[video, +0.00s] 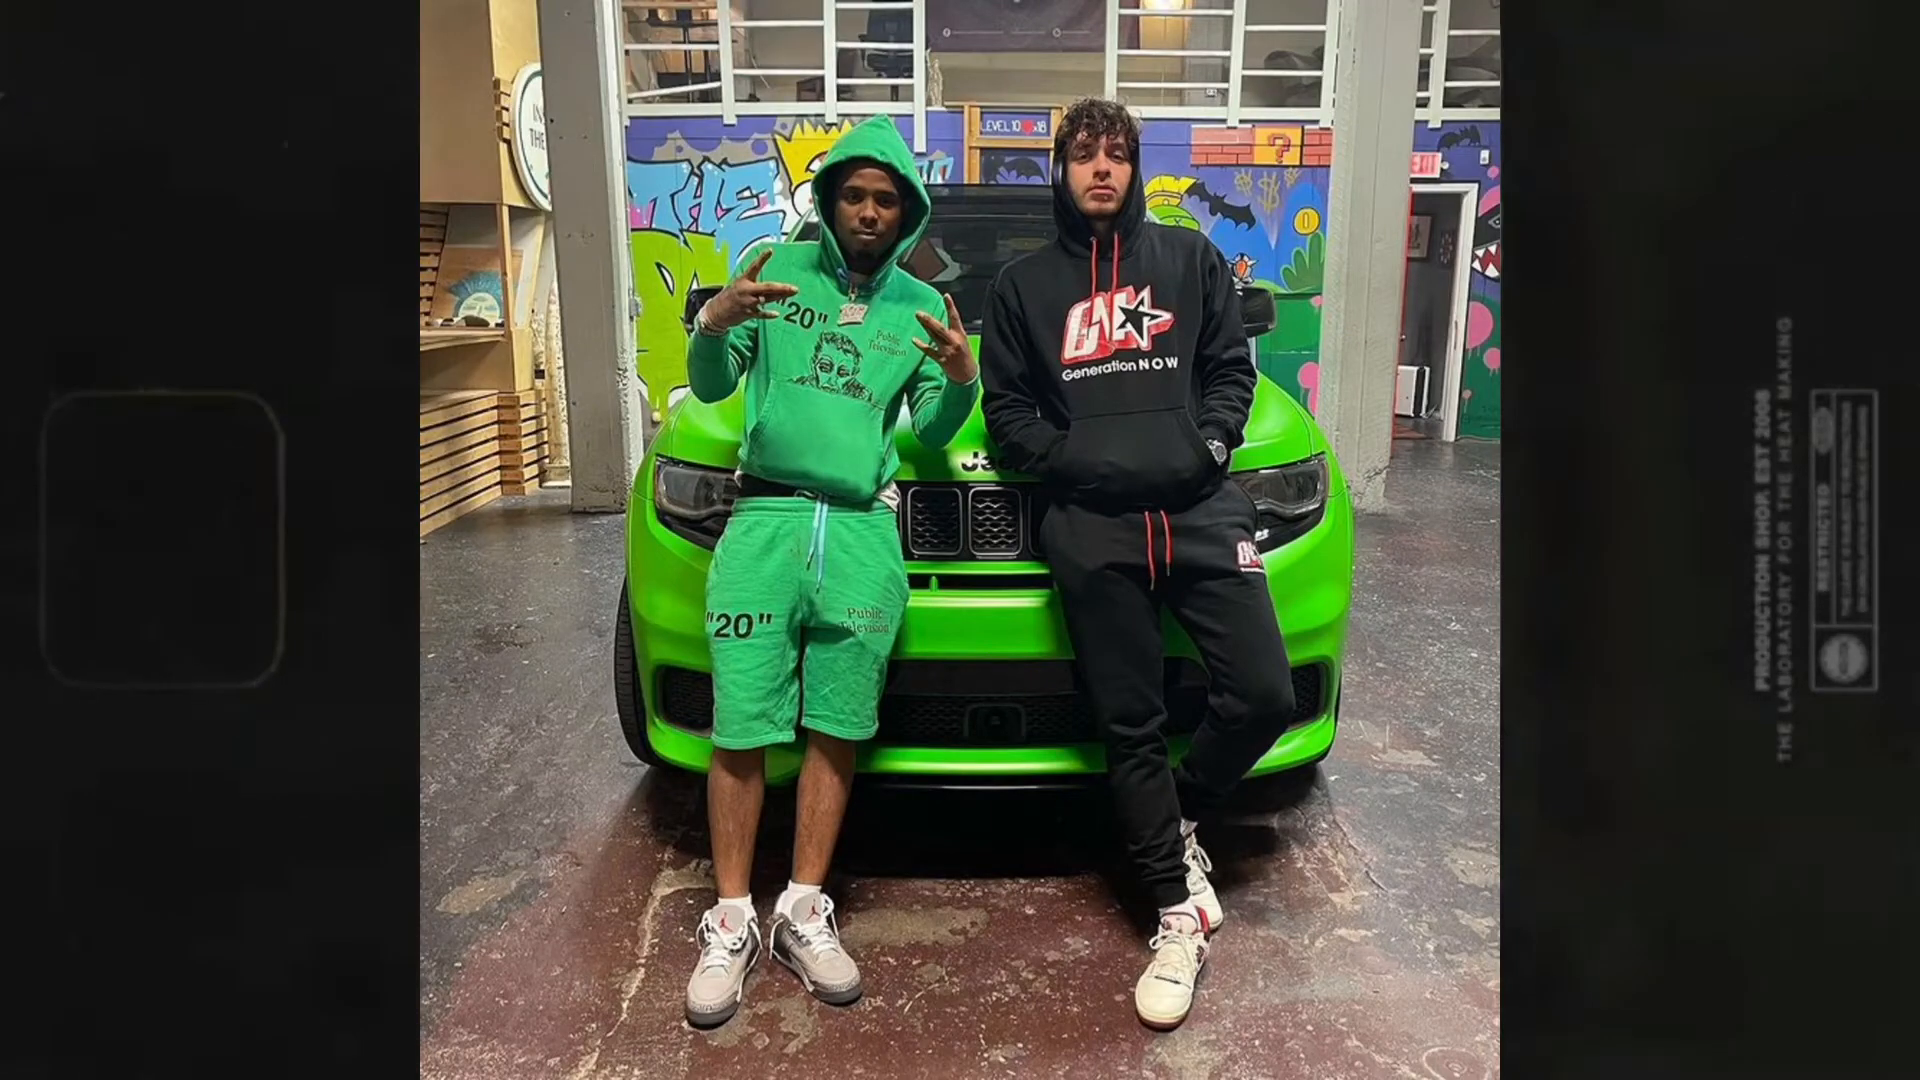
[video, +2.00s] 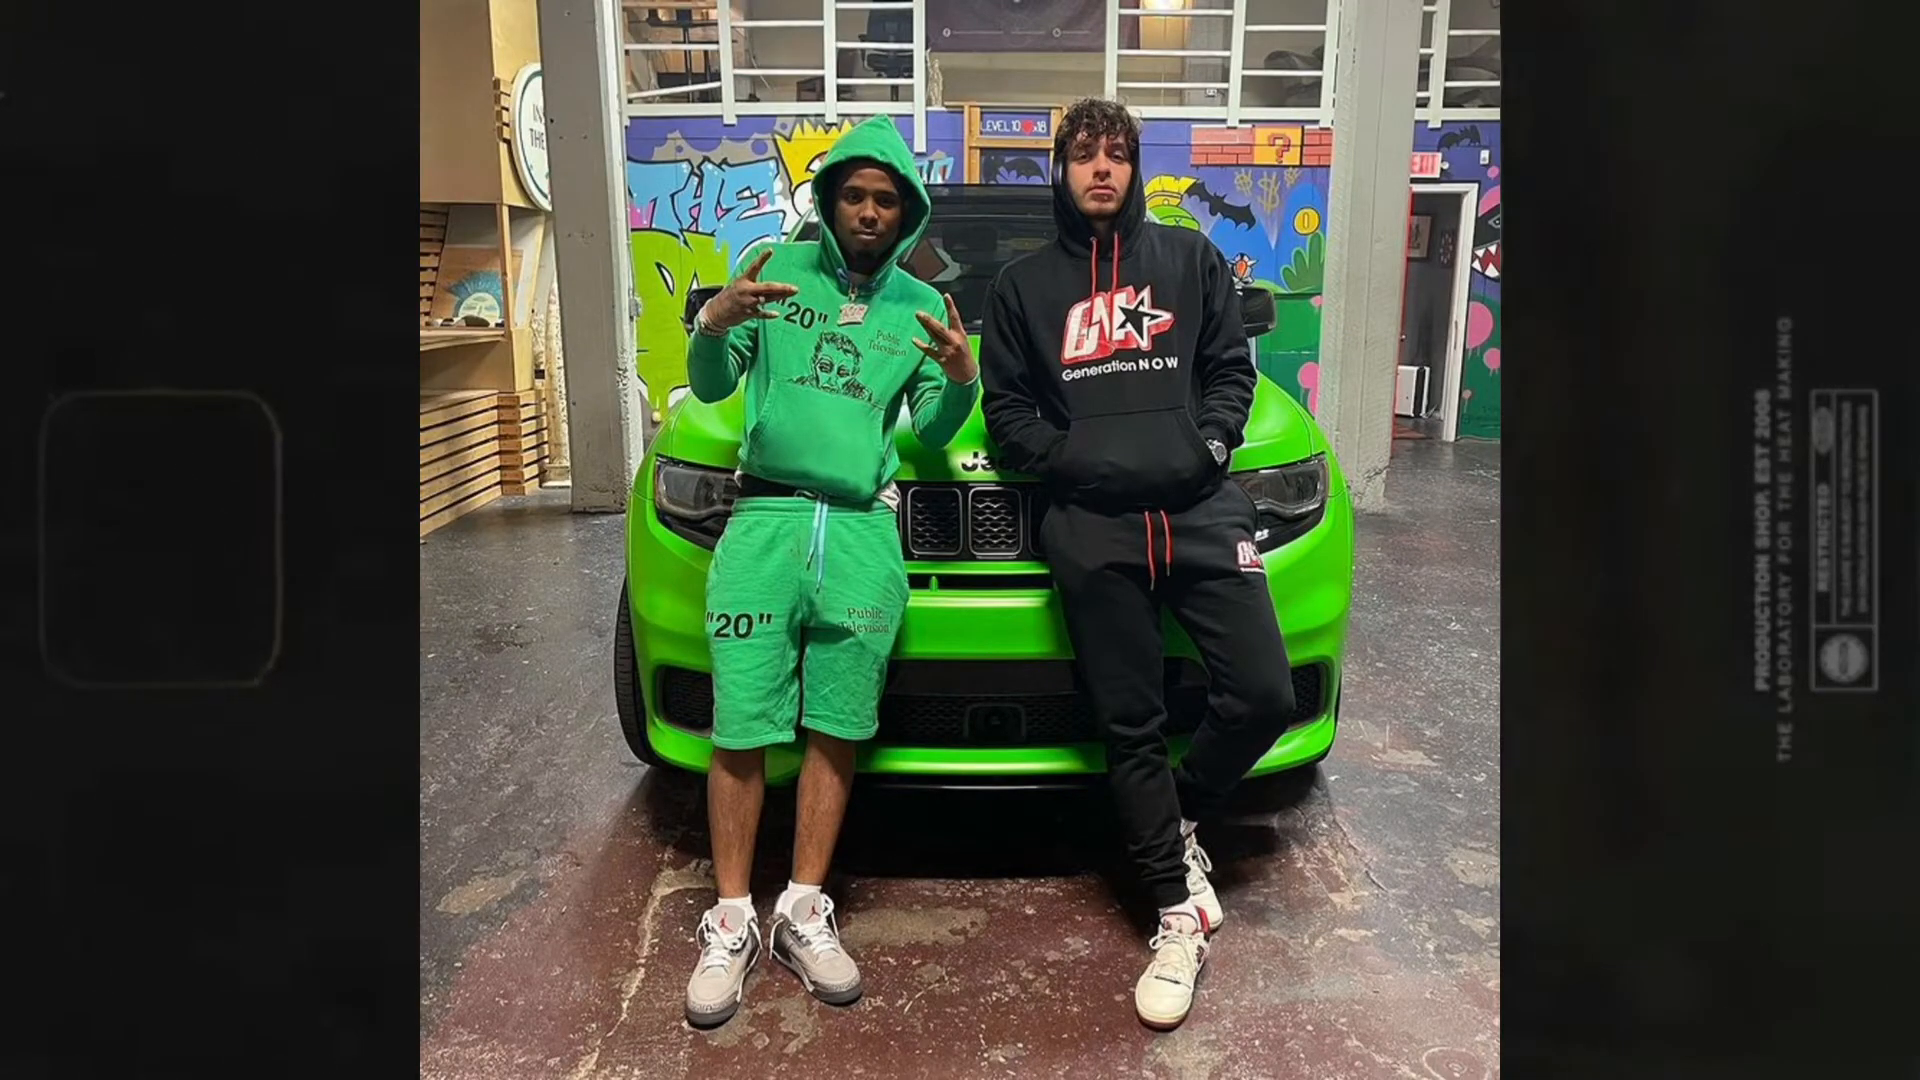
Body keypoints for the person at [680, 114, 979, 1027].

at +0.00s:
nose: (868, 212)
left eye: (884, 198)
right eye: (854, 196)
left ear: (907, 211)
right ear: (827, 202)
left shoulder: (923, 305)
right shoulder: (776, 268)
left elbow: (925, 440)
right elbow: (712, 384)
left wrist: (960, 381)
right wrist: (712, 322)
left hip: (860, 526)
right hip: (762, 517)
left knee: (839, 728)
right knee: (741, 728)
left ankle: (804, 908)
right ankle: (732, 919)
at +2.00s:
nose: (868, 212)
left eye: (885, 198)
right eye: (854, 196)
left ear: (906, 212)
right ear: (827, 203)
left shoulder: (924, 305)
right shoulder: (776, 267)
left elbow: (924, 439)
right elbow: (712, 384)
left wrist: (960, 380)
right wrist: (714, 321)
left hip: (861, 527)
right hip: (763, 517)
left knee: (838, 729)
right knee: (741, 729)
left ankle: (805, 909)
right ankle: (732, 920)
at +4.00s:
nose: (868, 212)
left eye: (885, 198)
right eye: (854, 196)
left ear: (907, 212)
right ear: (827, 202)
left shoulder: (923, 305)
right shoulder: (776, 268)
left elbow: (923, 439)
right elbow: (712, 384)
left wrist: (961, 380)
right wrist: (713, 321)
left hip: (861, 527)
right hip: (763, 517)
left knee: (838, 728)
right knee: (741, 728)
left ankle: (805, 908)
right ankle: (732, 919)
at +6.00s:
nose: (868, 212)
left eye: (885, 198)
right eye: (854, 196)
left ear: (907, 212)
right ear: (827, 202)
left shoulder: (923, 305)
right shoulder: (776, 268)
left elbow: (923, 439)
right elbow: (712, 384)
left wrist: (961, 380)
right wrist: (713, 321)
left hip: (861, 527)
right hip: (763, 517)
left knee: (838, 728)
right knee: (741, 728)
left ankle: (805, 908)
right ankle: (732, 919)